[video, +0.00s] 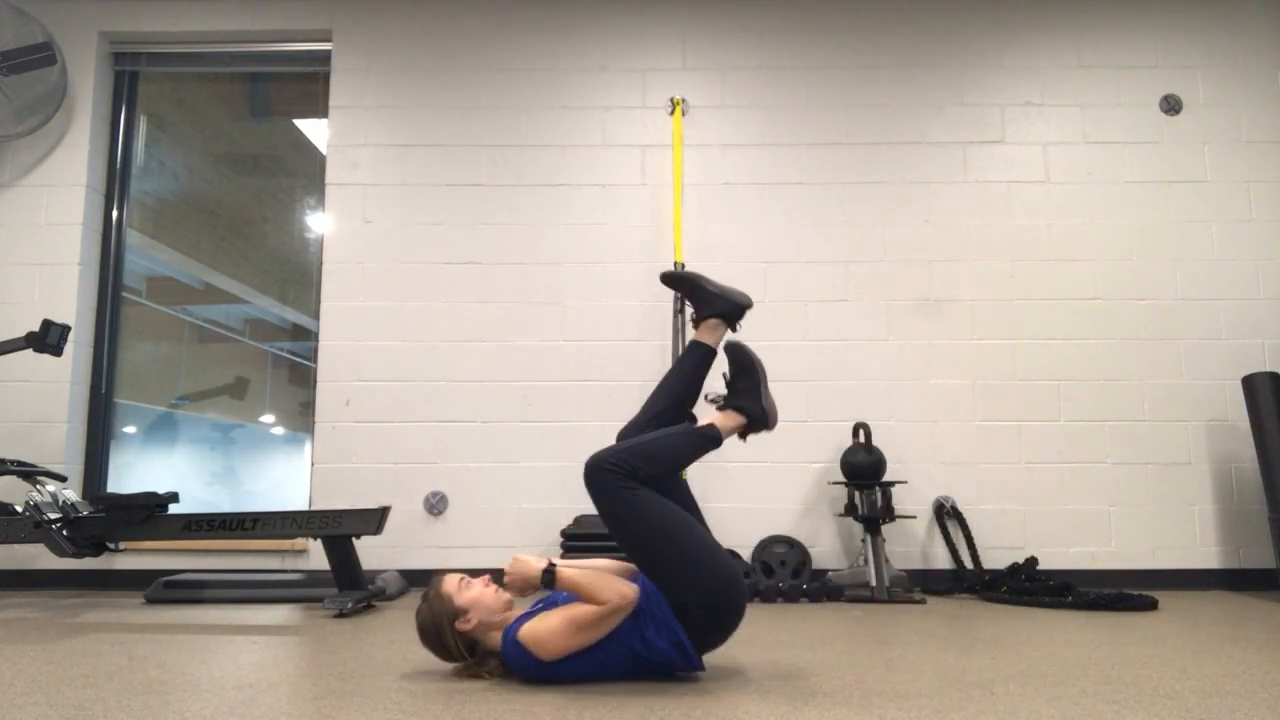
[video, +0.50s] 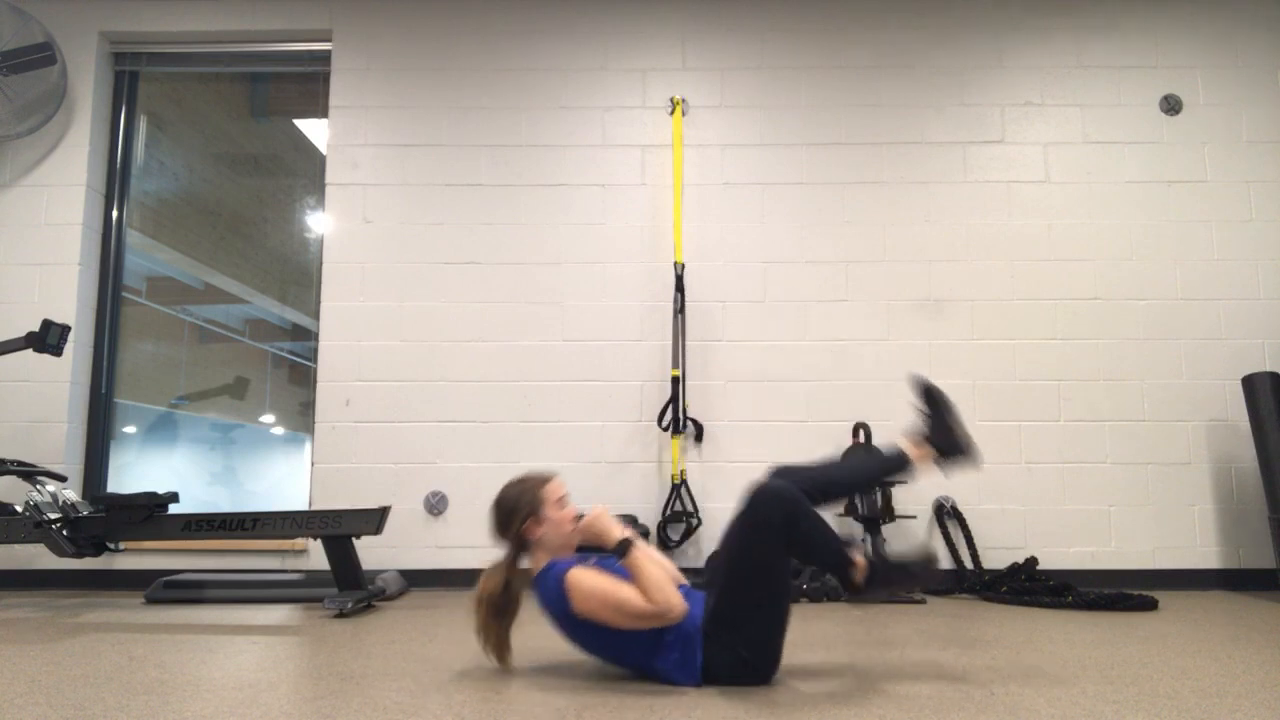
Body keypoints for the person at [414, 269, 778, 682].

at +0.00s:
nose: (481, 578)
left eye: (469, 577)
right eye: (467, 585)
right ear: (466, 625)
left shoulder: (532, 617)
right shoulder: (528, 641)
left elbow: (630, 569)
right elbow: (622, 598)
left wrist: (548, 570)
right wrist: (547, 571)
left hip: (689, 591)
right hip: (701, 609)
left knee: (629, 451)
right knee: (604, 471)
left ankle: (711, 325)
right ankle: (736, 416)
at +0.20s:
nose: (492, 574)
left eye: (483, 570)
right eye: (478, 578)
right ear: (471, 616)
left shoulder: (536, 612)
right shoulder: (527, 639)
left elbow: (640, 574)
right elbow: (626, 602)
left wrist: (553, 570)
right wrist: (551, 572)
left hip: (695, 598)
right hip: (705, 618)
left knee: (667, 450)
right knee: (632, 470)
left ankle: (750, 326)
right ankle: (763, 455)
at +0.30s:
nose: (511, 557)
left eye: (501, 552)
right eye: (496, 560)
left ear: (510, 570)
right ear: (483, 596)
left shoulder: (544, 604)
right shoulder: (536, 627)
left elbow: (654, 584)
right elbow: (634, 605)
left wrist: (568, 559)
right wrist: (567, 567)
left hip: (702, 615)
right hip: (708, 634)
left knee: (696, 465)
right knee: (668, 473)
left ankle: (799, 347)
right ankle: (795, 489)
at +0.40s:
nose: (542, 536)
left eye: (534, 529)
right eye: (527, 535)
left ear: (530, 550)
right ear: (505, 566)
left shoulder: (558, 585)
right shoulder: (552, 608)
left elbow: (659, 588)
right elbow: (652, 608)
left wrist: (596, 551)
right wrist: (590, 553)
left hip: (710, 623)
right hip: (719, 646)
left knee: (736, 473)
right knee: (720, 481)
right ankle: (830, 530)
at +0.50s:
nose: (573, 507)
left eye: (567, 500)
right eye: (560, 505)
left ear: (549, 524)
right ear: (534, 532)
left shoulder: (574, 559)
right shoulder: (567, 580)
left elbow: (667, 587)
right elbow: (668, 606)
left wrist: (622, 538)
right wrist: (618, 538)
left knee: (780, 486)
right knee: (771, 498)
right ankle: (853, 569)